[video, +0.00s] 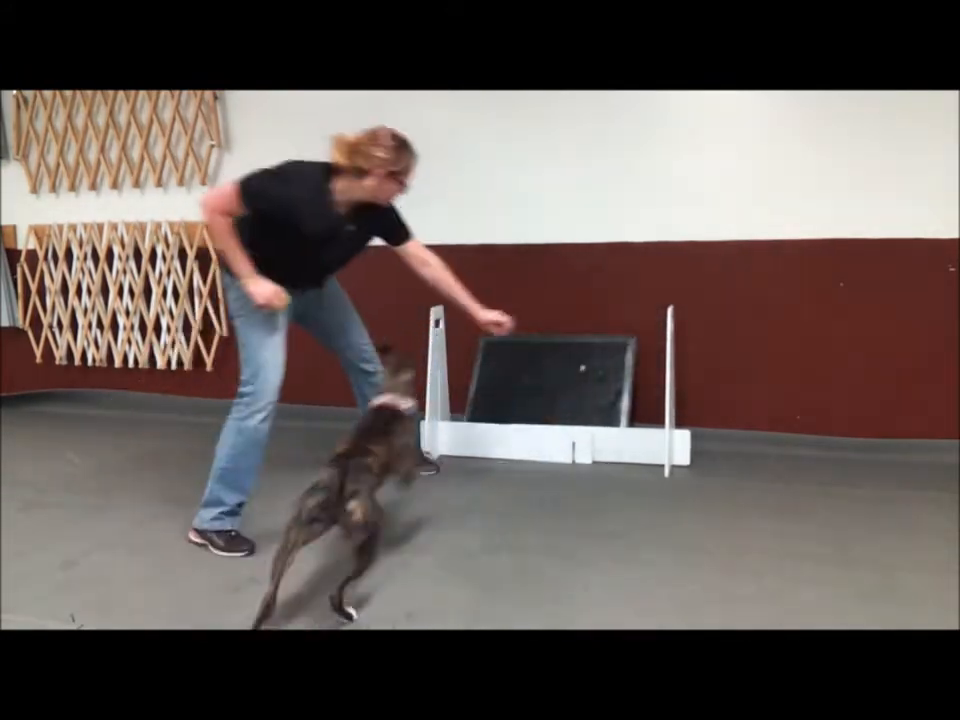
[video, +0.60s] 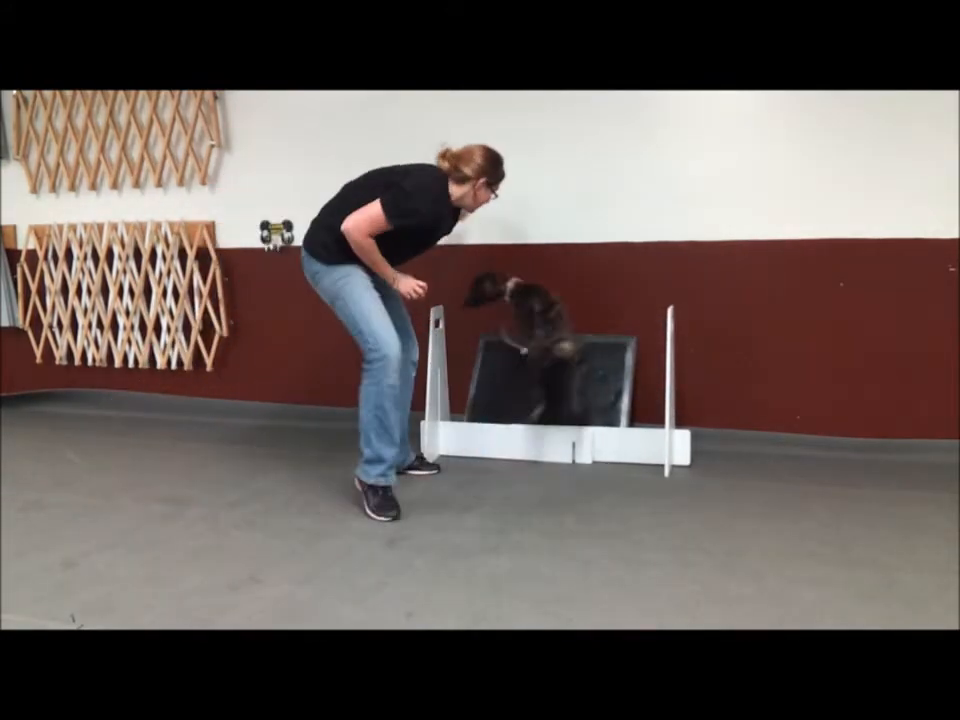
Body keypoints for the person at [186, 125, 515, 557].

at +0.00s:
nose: (402, 189)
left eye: (404, 180)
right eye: (398, 179)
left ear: (376, 177)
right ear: (373, 174)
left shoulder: (377, 211)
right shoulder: (295, 183)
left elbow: (422, 260)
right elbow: (214, 206)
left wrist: (478, 312)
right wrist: (249, 278)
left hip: (313, 285)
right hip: (258, 282)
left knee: (365, 361)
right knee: (261, 394)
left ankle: (397, 454)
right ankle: (214, 521)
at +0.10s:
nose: (440, 200)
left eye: (443, 193)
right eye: (438, 191)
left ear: (426, 187)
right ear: (417, 181)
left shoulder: (413, 223)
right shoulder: (348, 188)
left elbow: (458, 263)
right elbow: (266, 203)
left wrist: (515, 305)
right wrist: (294, 276)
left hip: (337, 289)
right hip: (281, 282)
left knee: (381, 363)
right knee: (281, 388)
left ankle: (390, 461)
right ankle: (222, 515)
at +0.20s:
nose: (469, 210)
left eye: (470, 203)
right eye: (467, 202)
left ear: (449, 195)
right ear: (447, 194)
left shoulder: (438, 231)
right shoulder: (391, 193)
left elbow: (479, 259)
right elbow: (311, 207)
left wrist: (533, 290)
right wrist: (337, 279)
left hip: (351, 283)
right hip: (302, 272)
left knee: (392, 360)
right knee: (310, 381)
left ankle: (389, 457)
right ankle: (243, 501)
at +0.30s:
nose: (478, 212)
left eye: (480, 207)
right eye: (478, 204)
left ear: (460, 197)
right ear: (464, 197)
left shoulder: (446, 229)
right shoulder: (412, 198)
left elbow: (481, 253)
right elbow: (341, 213)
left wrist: (523, 275)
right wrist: (372, 280)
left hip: (354, 272)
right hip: (317, 266)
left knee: (395, 354)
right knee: (340, 374)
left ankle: (392, 455)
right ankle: (273, 488)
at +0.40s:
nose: (482, 209)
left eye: (485, 202)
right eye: (483, 200)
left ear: (464, 190)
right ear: (469, 192)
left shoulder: (441, 218)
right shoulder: (422, 199)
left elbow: (465, 237)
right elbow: (356, 218)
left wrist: (496, 256)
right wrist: (389, 276)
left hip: (361, 268)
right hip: (329, 263)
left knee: (400, 352)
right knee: (371, 366)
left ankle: (393, 457)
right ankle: (326, 487)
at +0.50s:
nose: (485, 200)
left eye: (488, 194)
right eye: (486, 192)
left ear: (468, 183)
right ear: (471, 184)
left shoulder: (444, 201)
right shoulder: (425, 194)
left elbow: (450, 218)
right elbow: (357, 221)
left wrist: (474, 230)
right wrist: (391, 275)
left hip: (363, 264)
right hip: (334, 263)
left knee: (407, 353)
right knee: (391, 359)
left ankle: (398, 455)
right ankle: (370, 483)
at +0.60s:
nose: (491, 198)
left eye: (494, 191)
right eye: (491, 190)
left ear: (472, 181)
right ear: (474, 182)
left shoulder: (447, 206)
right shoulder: (425, 192)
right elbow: (353, 229)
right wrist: (394, 278)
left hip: (367, 263)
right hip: (332, 259)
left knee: (406, 352)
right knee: (386, 351)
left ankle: (397, 454)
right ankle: (374, 475)